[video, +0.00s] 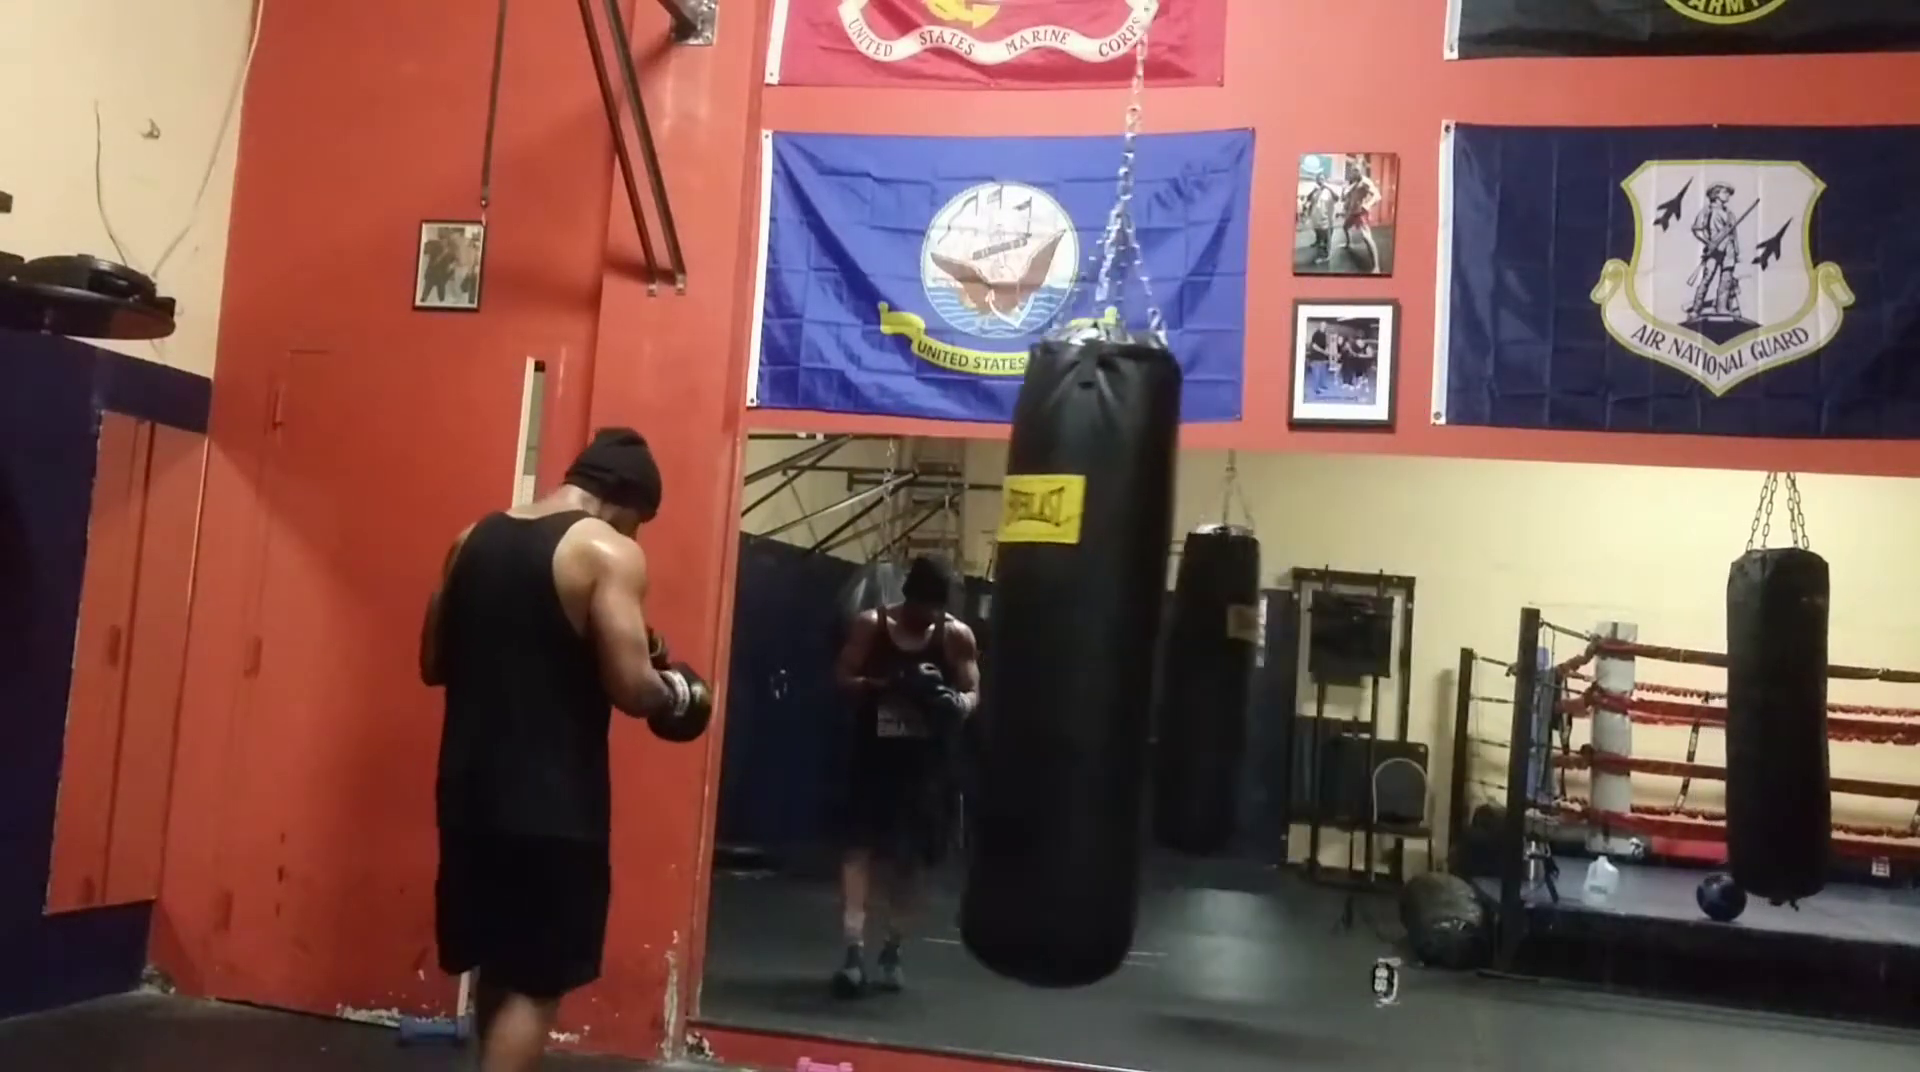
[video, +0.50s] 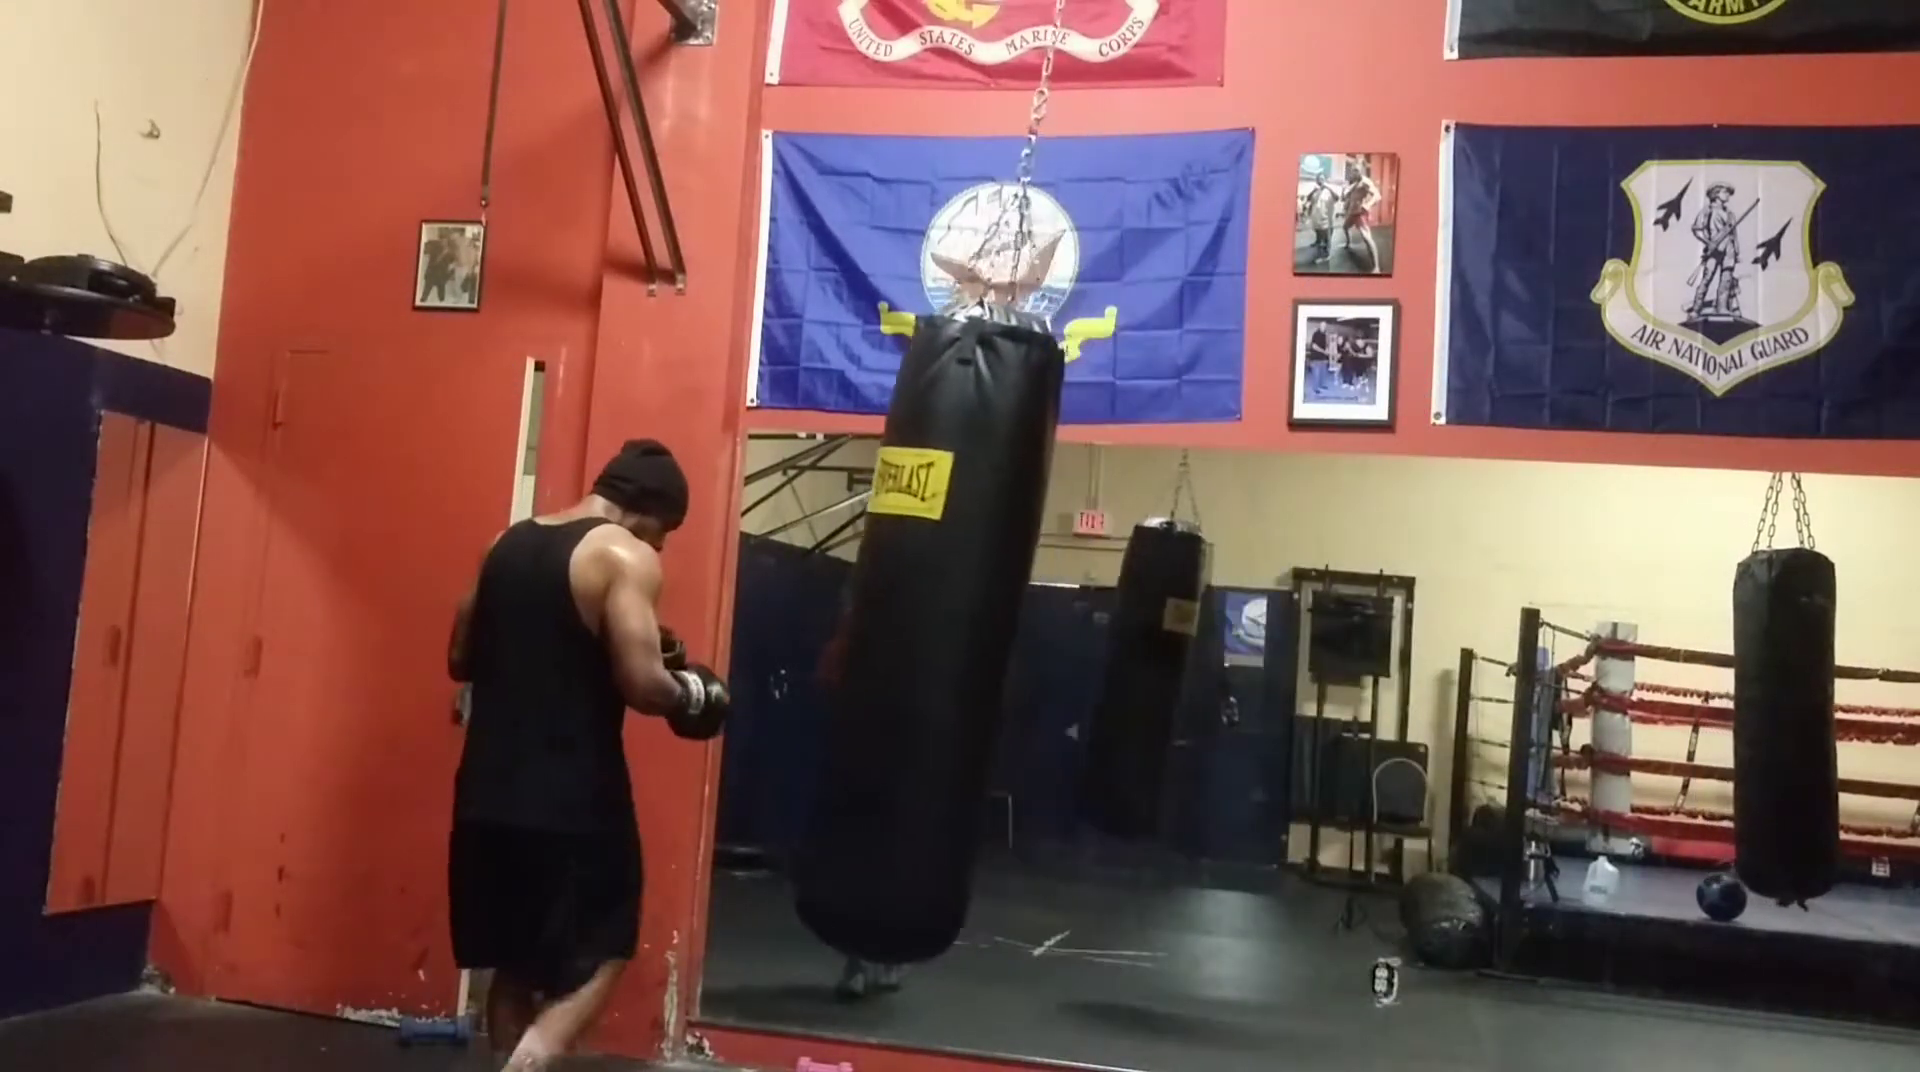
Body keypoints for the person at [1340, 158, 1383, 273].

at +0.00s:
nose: (1351, 173)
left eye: (1354, 170)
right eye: (1350, 171)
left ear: (1359, 171)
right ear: (1350, 172)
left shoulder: (1365, 182)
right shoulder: (1351, 184)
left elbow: (1376, 195)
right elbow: (1346, 198)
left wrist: (1367, 205)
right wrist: (1346, 209)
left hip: (1361, 213)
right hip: (1351, 213)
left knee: (1366, 237)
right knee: (1345, 227)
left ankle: (1375, 266)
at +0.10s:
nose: (1350, 174)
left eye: (1352, 171)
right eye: (1350, 172)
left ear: (1358, 172)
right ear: (1351, 173)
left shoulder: (1365, 182)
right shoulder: (1353, 185)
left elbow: (1376, 195)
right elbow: (1347, 199)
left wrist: (1366, 205)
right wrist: (1345, 210)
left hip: (1361, 211)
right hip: (1352, 212)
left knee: (1366, 237)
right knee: (1345, 227)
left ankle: (1376, 266)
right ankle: (1348, 243)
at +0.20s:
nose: (1350, 174)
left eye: (1352, 171)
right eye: (1350, 172)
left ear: (1358, 172)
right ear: (1351, 173)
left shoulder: (1365, 182)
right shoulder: (1353, 185)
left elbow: (1376, 195)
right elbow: (1347, 199)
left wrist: (1366, 205)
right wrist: (1345, 210)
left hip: (1361, 211)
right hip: (1352, 212)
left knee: (1366, 237)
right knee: (1345, 227)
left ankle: (1376, 266)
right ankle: (1348, 243)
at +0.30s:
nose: (1350, 174)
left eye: (1353, 171)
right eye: (1350, 172)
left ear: (1358, 172)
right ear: (1351, 173)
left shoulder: (1365, 182)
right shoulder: (1352, 185)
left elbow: (1376, 195)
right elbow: (1347, 198)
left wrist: (1366, 205)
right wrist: (1345, 209)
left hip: (1361, 211)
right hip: (1352, 212)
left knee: (1366, 237)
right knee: (1345, 227)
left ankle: (1376, 266)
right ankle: (1348, 243)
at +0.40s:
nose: (1350, 174)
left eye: (1353, 171)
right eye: (1350, 172)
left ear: (1358, 172)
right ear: (1351, 173)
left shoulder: (1365, 182)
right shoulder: (1352, 185)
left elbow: (1376, 195)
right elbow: (1347, 199)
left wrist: (1366, 205)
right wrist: (1345, 209)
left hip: (1361, 211)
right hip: (1352, 212)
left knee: (1366, 237)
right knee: (1345, 227)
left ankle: (1376, 266)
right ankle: (1348, 243)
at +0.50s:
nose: (1350, 174)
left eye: (1353, 171)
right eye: (1350, 172)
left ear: (1358, 172)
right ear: (1351, 173)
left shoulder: (1365, 182)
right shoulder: (1352, 185)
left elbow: (1376, 195)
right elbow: (1347, 198)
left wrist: (1366, 205)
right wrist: (1345, 209)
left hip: (1361, 211)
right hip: (1352, 212)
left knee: (1366, 237)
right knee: (1345, 227)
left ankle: (1376, 266)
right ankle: (1348, 243)